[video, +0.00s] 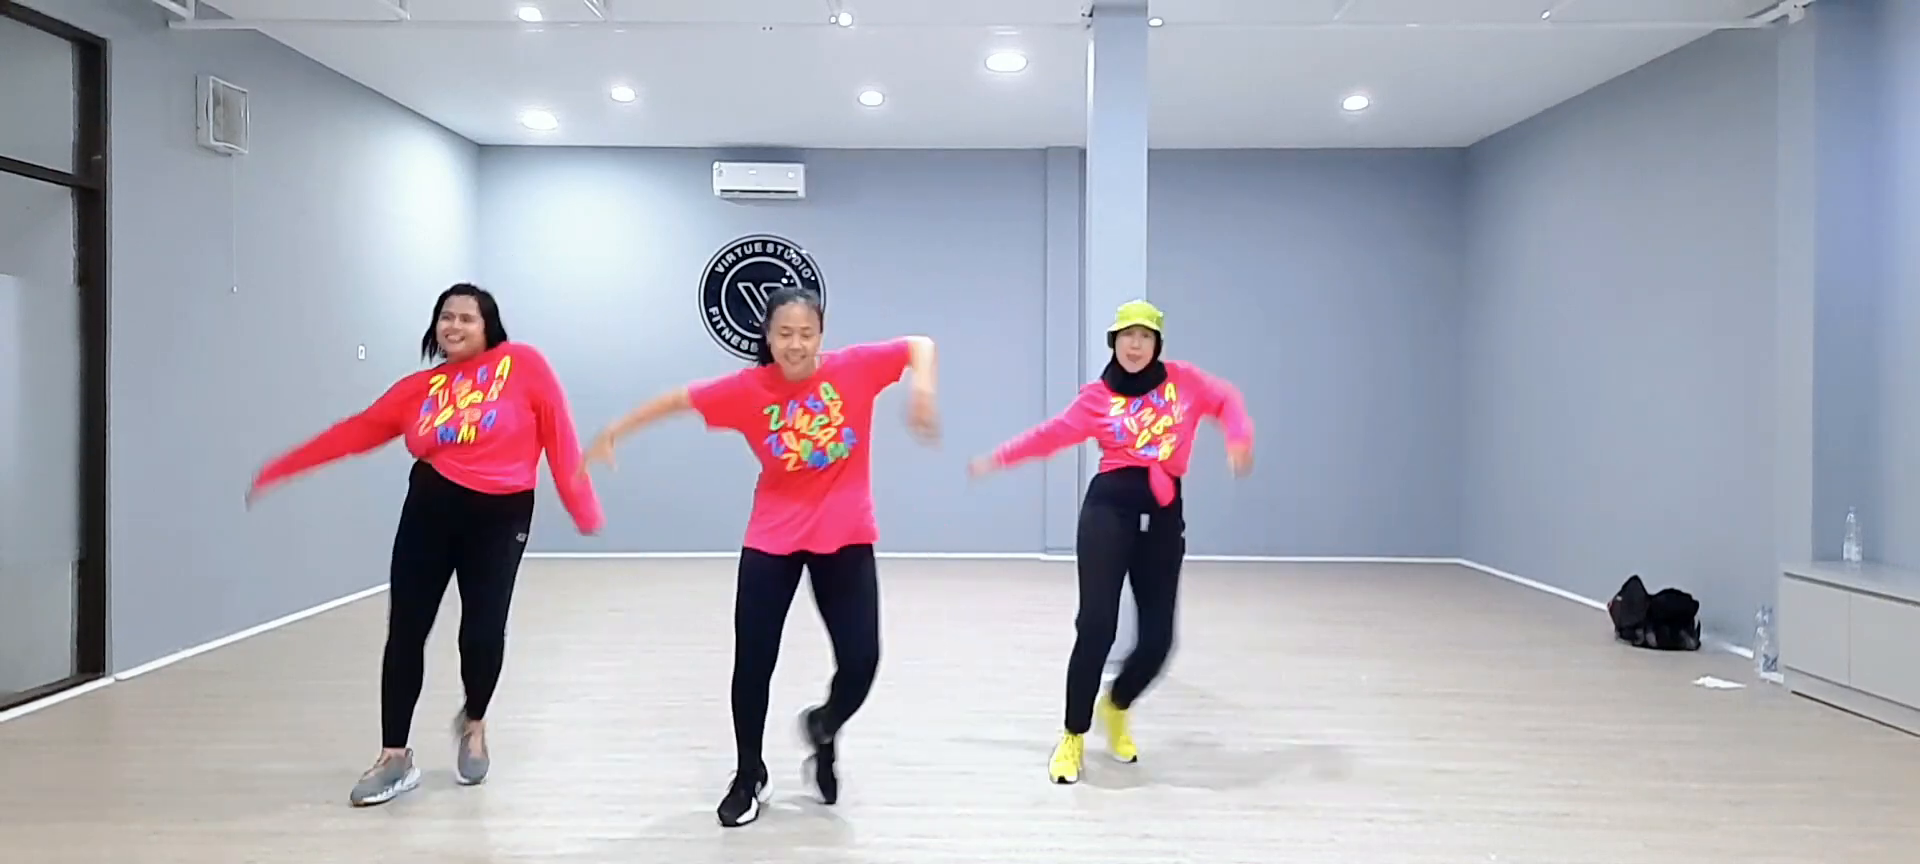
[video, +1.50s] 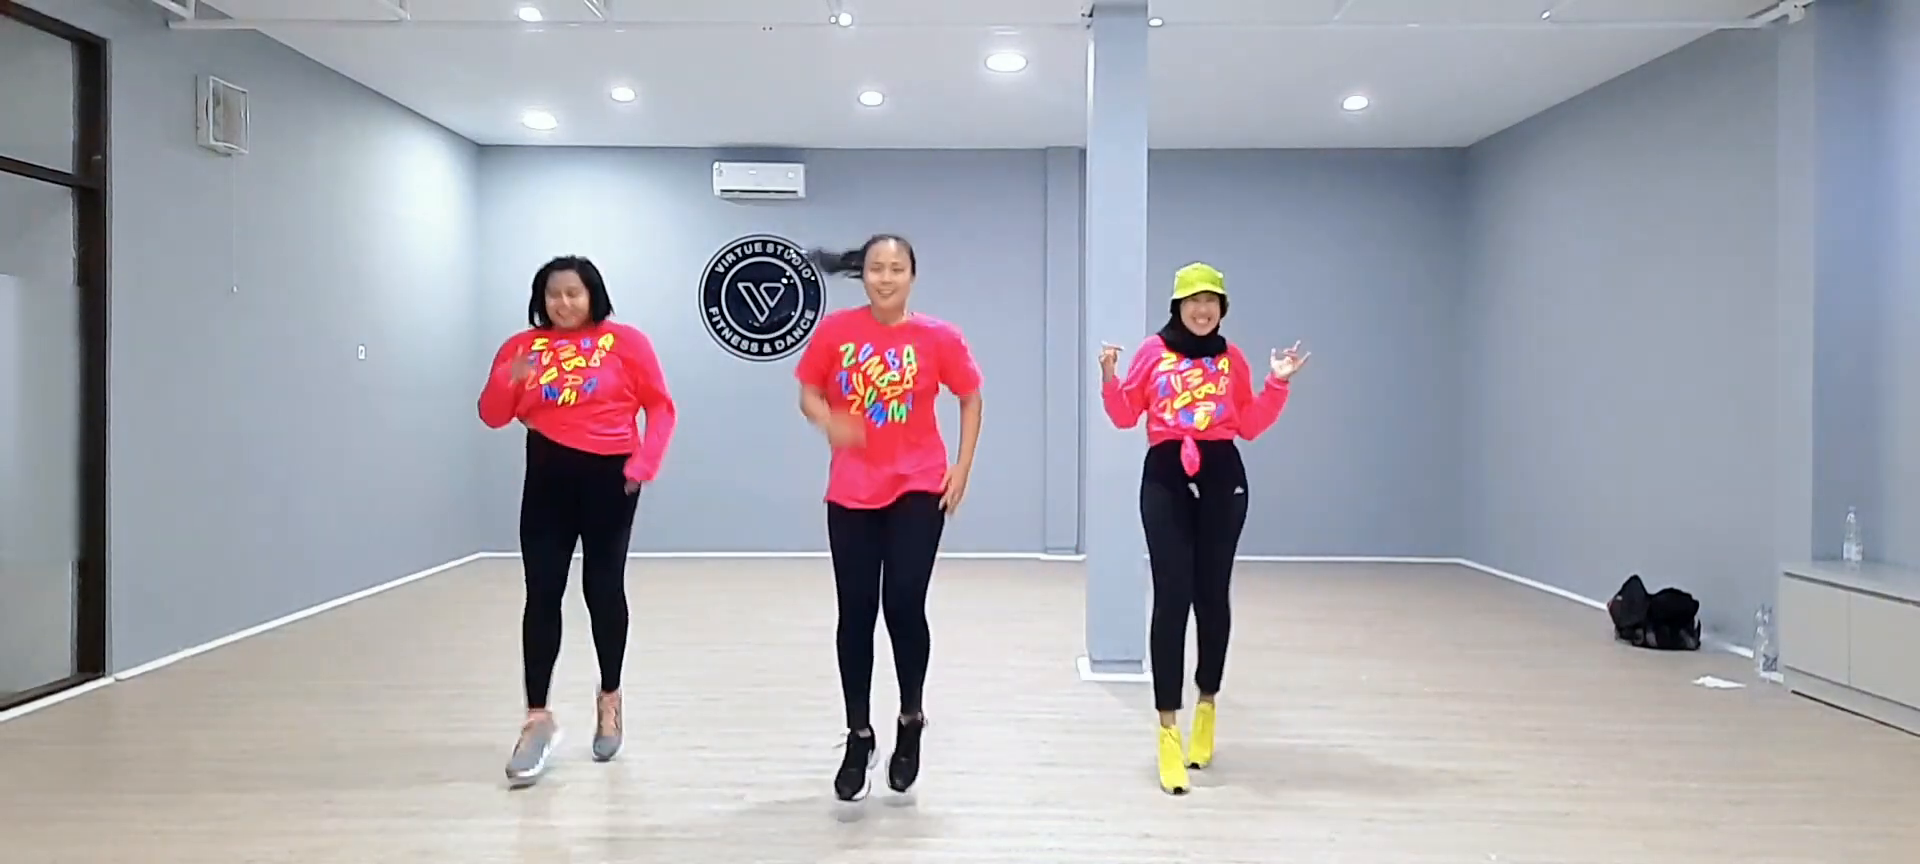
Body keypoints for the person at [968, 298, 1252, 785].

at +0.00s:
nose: (1134, 345)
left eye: (1143, 337)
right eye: (1126, 336)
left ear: (1157, 343)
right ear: (1113, 342)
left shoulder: (1184, 380)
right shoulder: (1098, 398)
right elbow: (1051, 434)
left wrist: (1239, 441)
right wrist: (997, 458)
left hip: (1163, 518)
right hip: (1108, 515)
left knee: (1158, 640)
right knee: (1096, 627)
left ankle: (1115, 704)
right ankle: (1072, 737)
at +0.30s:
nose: (1172, 348)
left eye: (1181, 339)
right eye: (1162, 339)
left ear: (1191, 347)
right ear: (1147, 345)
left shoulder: (1199, 396)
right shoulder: (1129, 400)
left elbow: (1197, 460)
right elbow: (1136, 470)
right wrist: (1153, 535)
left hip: (1194, 519)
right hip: (1138, 519)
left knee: (1233, 631)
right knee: (1114, 637)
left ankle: (1266, 762)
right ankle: (1076, 739)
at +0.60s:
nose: (1222, 302)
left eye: (1231, 294)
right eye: (1212, 294)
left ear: (1242, 303)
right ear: (1195, 304)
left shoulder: (1257, 358)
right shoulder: (1174, 348)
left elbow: (1272, 422)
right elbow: (1171, 403)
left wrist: (1290, 473)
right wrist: (1241, 380)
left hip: (1240, 489)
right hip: (1179, 486)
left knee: (1250, 622)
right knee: (1162, 613)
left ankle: (1266, 760)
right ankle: (1153, 744)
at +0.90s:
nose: (1236, 330)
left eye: (1245, 322)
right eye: (1227, 322)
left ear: (1257, 331)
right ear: (1209, 328)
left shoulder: (1267, 395)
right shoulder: (1182, 378)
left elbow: (1280, 470)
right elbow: (1155, 450)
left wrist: (1333, 483)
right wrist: (1156, 424)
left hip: (1254, 512)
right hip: (1192, 510)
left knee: (1256, 636)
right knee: (1181, 616)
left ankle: (1241, 761)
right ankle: (1170, 732)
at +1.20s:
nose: (1195, 315)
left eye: (1204, 305)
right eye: (1186, 306)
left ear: (1218, 311)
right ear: (1171, 313)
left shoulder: (1241, 356)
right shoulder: (1159, 372)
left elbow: (1262, 415)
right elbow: (1141, 445)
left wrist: (1296, 382)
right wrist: (1109, 406)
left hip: (1229, 493)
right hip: (1168, 497)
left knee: (1243, 617)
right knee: (1181, 621)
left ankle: (1245, 739)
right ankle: (1182, 742)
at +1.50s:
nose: (1204, 309)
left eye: (1212, 300)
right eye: (1195, 300)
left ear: (1222, 307)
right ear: (1179, 305)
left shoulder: (1232, 359)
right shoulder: (1154, 351)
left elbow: (1249, 424)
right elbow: (1124, 416)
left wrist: (1277, 383)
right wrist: (1109, 377)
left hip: (1221, 473)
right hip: (1165, 473)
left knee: (1211, 595)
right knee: (1172, 595)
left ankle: (1206, 708)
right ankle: (1168, 730)